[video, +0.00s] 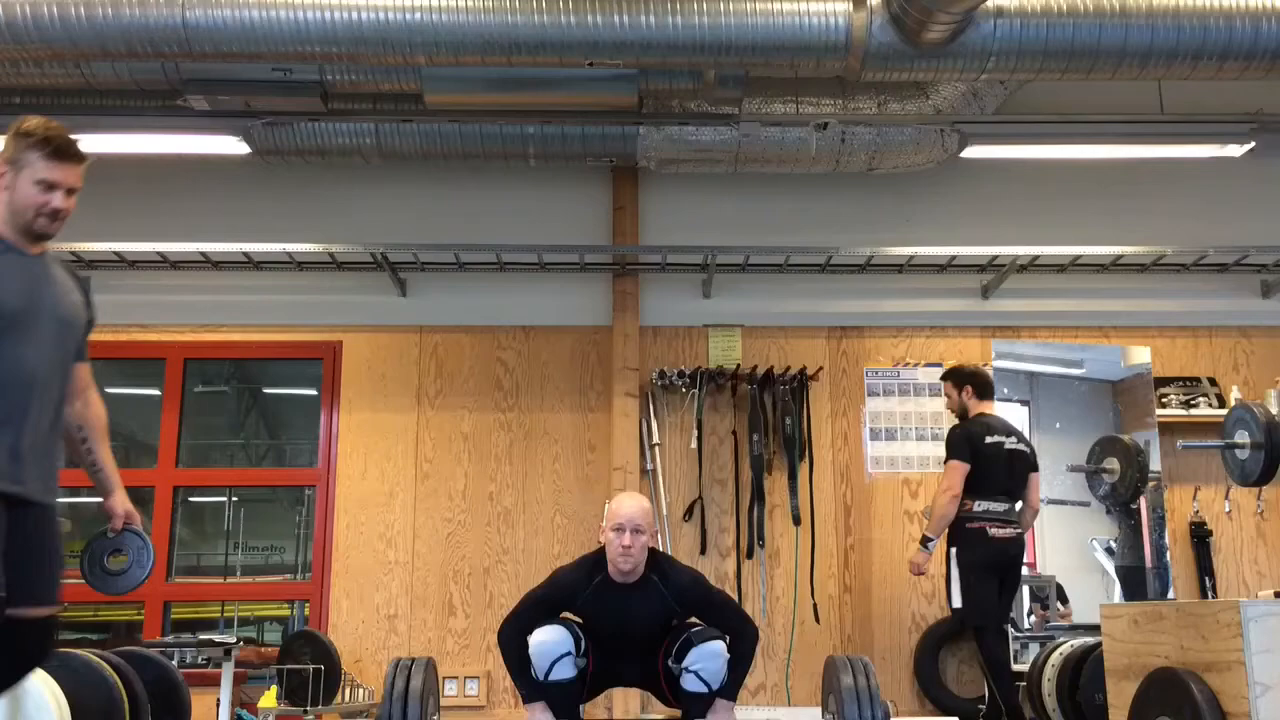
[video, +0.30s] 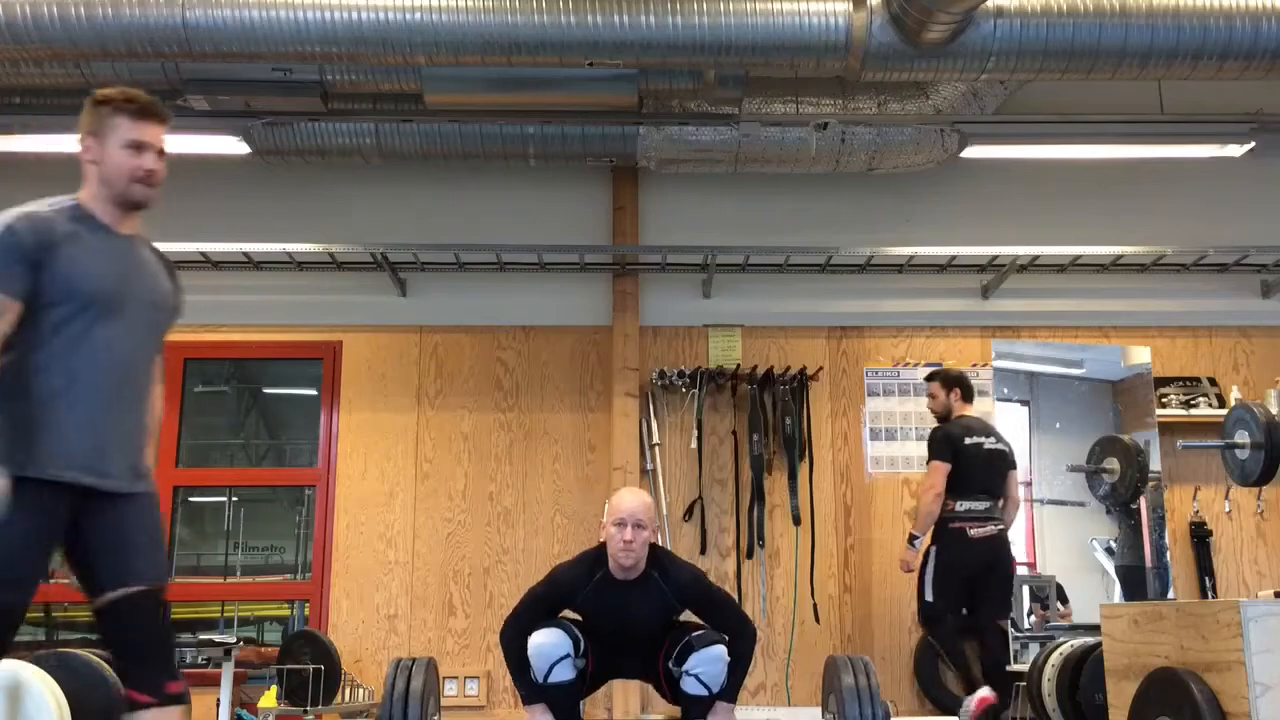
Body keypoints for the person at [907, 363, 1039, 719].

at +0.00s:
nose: (946, 404)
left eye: (948, 395)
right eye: (944, 396)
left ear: (968, 393)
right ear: (982, 394)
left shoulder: (964, 433)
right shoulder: (1020, 439)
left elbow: (951, 493)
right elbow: (1033, 504)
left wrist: (926, 546)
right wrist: (1011, 536)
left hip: (974, 540)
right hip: (1012, 542)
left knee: (985, 629)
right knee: (995, 628)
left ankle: (1013, 712)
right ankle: (993, 709)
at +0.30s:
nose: (929, 404)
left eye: (933, 397)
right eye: (928, 397)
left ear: (956, 395)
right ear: (962, 397)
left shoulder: (945, 434)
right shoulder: (998, 437)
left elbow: (934, 492)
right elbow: (1013, 499)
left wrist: (914, 542)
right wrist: (995, 533)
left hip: (954, 539)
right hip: (996, 541)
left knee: (935, 615)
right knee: (991, 624)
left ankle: (975, 689)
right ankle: (1001, 707)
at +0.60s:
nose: (901, 419)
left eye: (905, 412)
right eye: (900, 412)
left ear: (927, 409)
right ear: (931, 412)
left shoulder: (920, 448)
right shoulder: (968, 448)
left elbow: (913, 506)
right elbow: (975, 512)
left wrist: (895, 555)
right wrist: (965, 545)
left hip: (933, 551)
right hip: (973, 549)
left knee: (927, 635)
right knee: (978, 634)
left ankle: (920, 705)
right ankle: (994, 706)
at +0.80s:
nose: (876, 430)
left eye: (878, 422)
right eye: (875, 423)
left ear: (897, 418)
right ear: (903, 419)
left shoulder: (899, 456)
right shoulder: (938, 451)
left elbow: (896, 513)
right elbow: (947, 508)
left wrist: (881, 563)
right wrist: (934, 535)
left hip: (909, 552)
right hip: (944, 550)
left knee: (896, 631)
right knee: (948, 627)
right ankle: (984, 700)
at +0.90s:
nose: (867, 428)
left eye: (870, 421)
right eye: (865, 421)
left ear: (890, 418)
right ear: (896, 419)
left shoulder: (890, 456)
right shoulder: (924, 452)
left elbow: (887, 515)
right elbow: (926, 511)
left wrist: (871, 560)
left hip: (897, 551)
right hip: (928, 550)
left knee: (889, 632)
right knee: (927, 629)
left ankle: (901, 706)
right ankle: (958, 679)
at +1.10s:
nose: (855, 424)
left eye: (860, 417)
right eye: (853, 418)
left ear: (881, 416)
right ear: (878, 419)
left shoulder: (882, 452)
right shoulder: (894, 449)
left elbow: (875, 506)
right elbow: (889, 506)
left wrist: (848, 547)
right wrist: (856, 520)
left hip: (885, 546)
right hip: (899, 543)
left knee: (877, 621)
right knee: (879, 621)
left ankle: (903, 701)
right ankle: (905, 696)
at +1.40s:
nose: (838, 428)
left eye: (844, 422)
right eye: (835, 423)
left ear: (862, 422)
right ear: (835, 424)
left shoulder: (870, 458)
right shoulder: (851, 460)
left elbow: (873, 512)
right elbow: (846, 516)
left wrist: (850, 553)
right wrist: (836, 555)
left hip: (870, 551)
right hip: (851, 552)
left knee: (872, 630)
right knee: (848, 630)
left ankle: (900, 706)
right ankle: (857, 703)